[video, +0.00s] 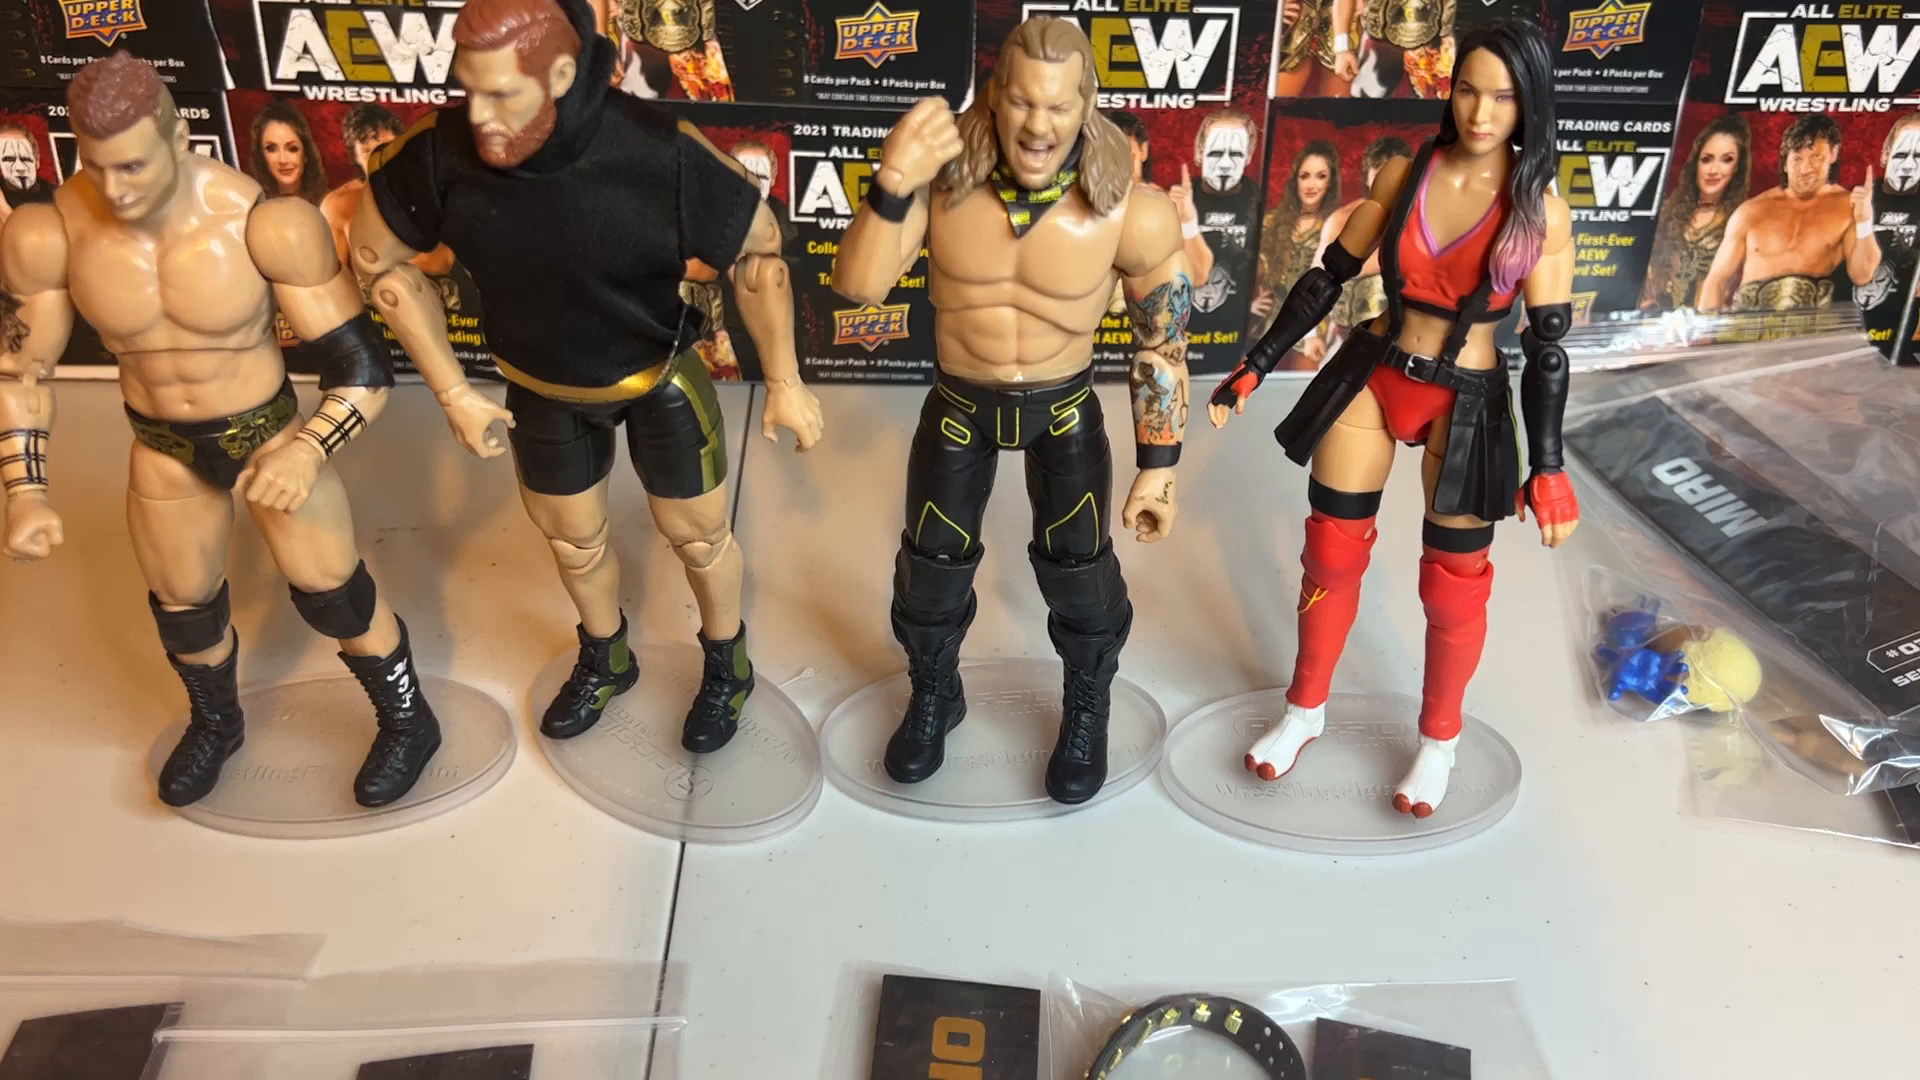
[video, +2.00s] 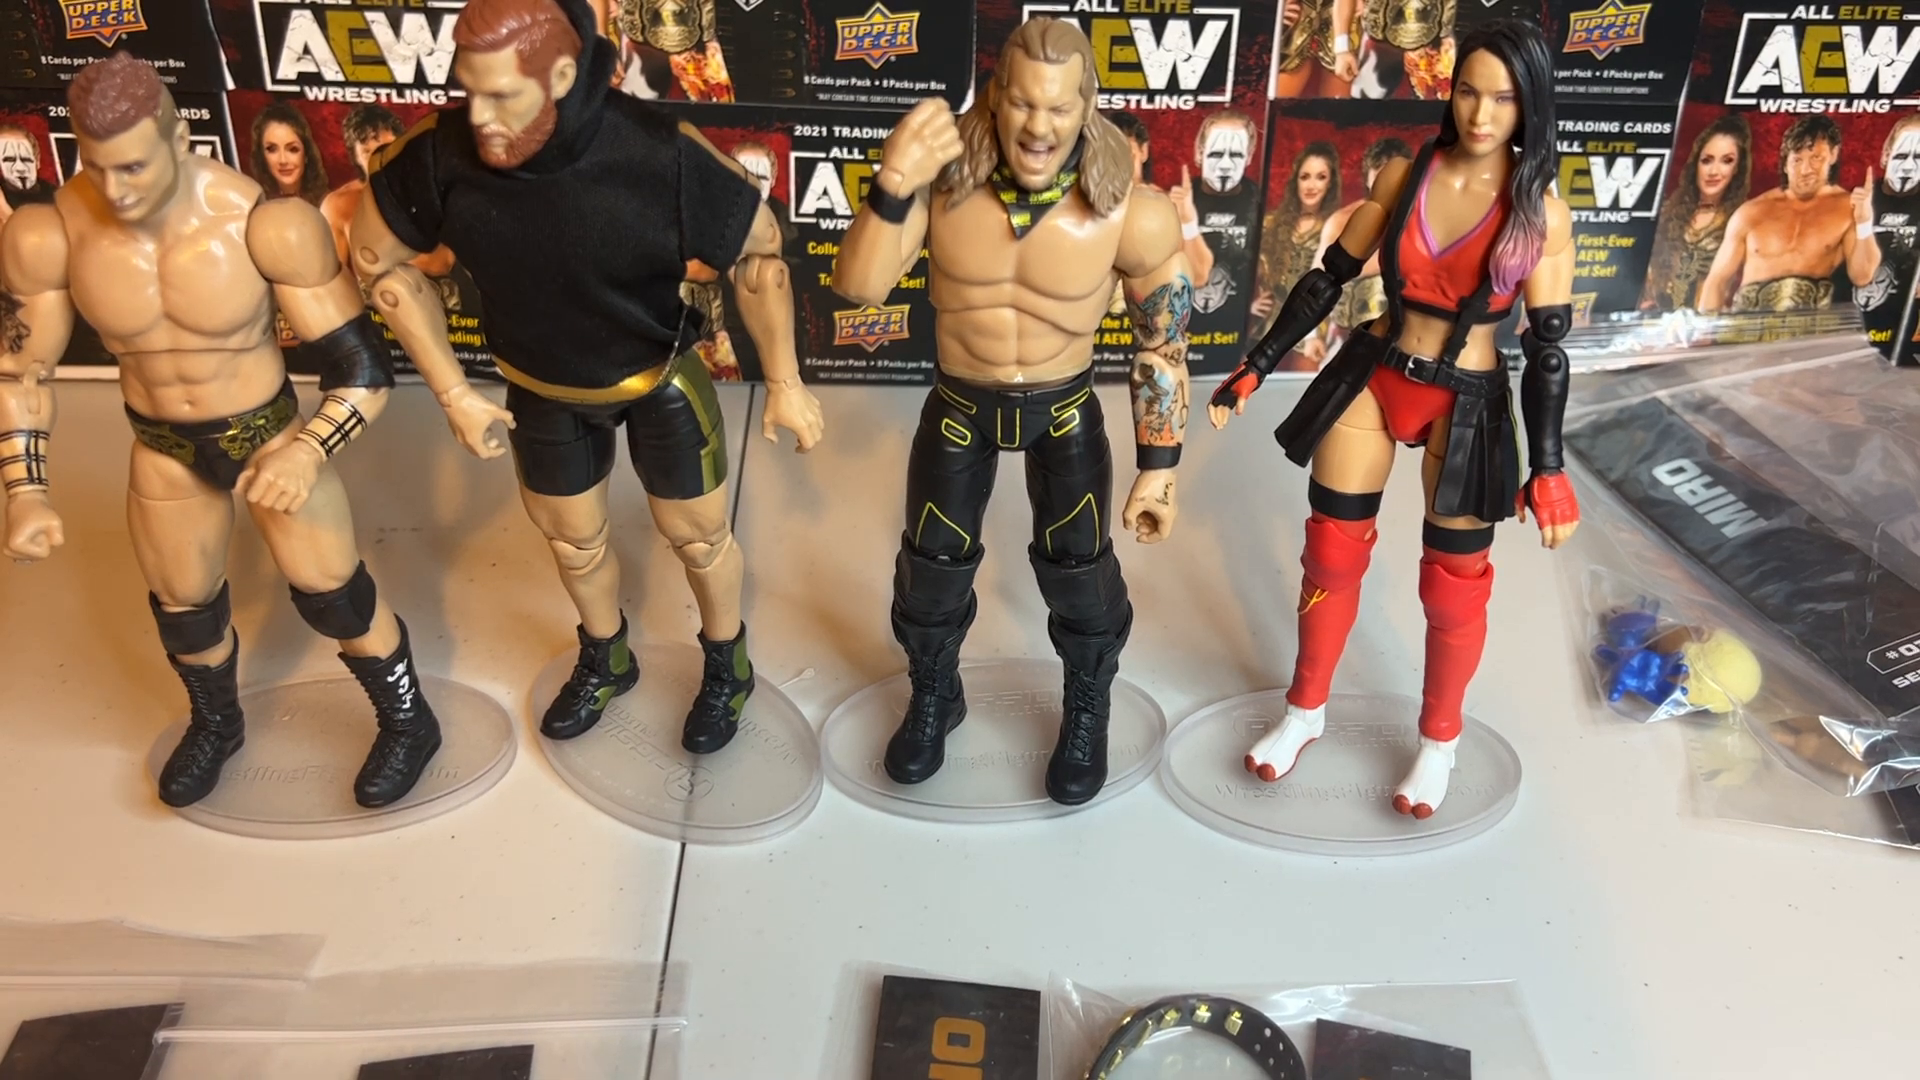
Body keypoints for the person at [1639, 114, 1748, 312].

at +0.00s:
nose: (1714, 170)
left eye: (1727, 160)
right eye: (1706, 159)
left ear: (1738, 167)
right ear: (1695, 163)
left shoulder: (1742, 219)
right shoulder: (1669, 212)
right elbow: (1654, 269)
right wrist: (1648, 300)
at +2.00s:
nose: (1714, 171)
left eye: (1727, 161)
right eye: (1706, 160)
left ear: (1738, 168)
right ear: (1695, 164)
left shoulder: (1742, 219)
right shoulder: (1670, 213)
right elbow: (1655, 267)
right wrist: (1649, 299)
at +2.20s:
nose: (1714, 171)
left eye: (1727, 160)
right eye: (1706, 160)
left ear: (1738, 168)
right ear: (1695, 164)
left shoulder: (1742, 220)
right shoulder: (1669, 213)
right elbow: (1654, 267)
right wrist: (1649, 299)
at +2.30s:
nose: (1714, 171)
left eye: (1727, 161)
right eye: (1707, 160)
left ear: (1739, 168)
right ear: (1695, 164)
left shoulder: (1742, 219)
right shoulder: (1671, 212)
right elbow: (1655, 265)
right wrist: (1650, 299)